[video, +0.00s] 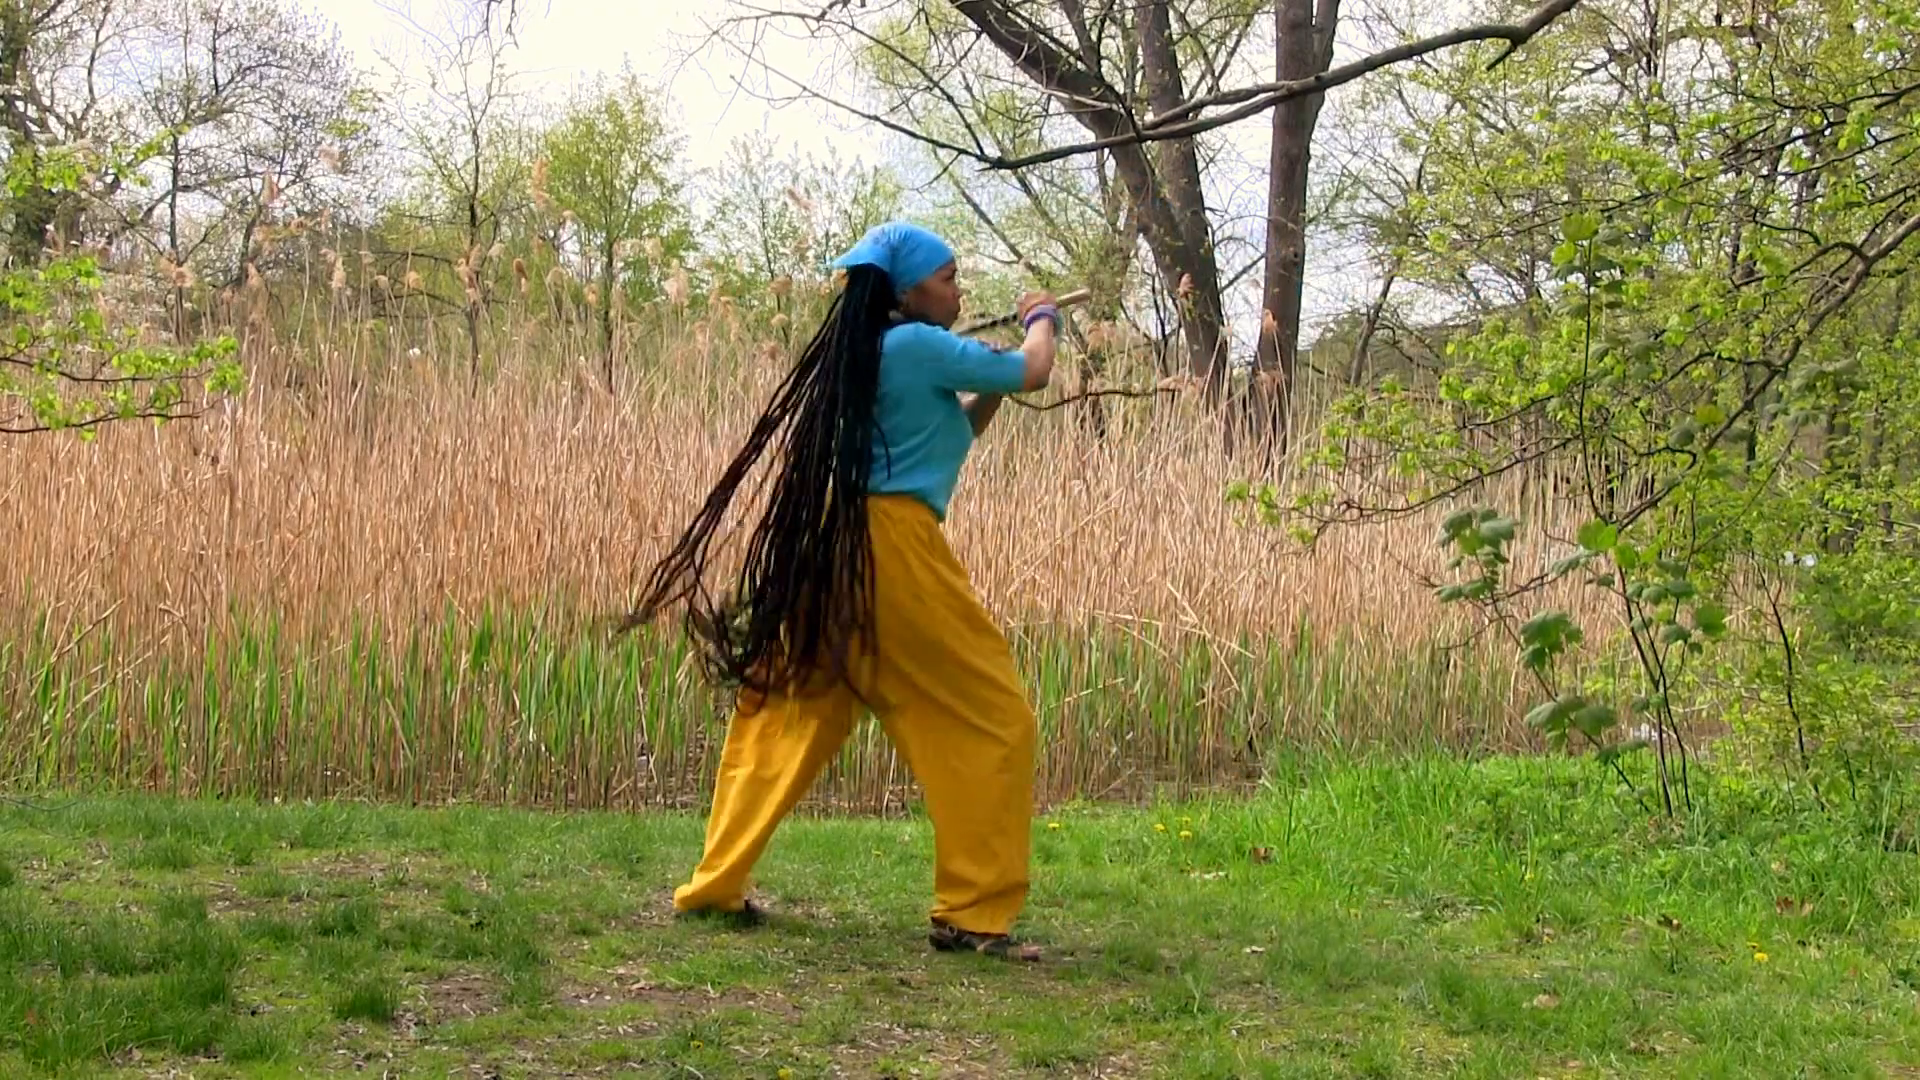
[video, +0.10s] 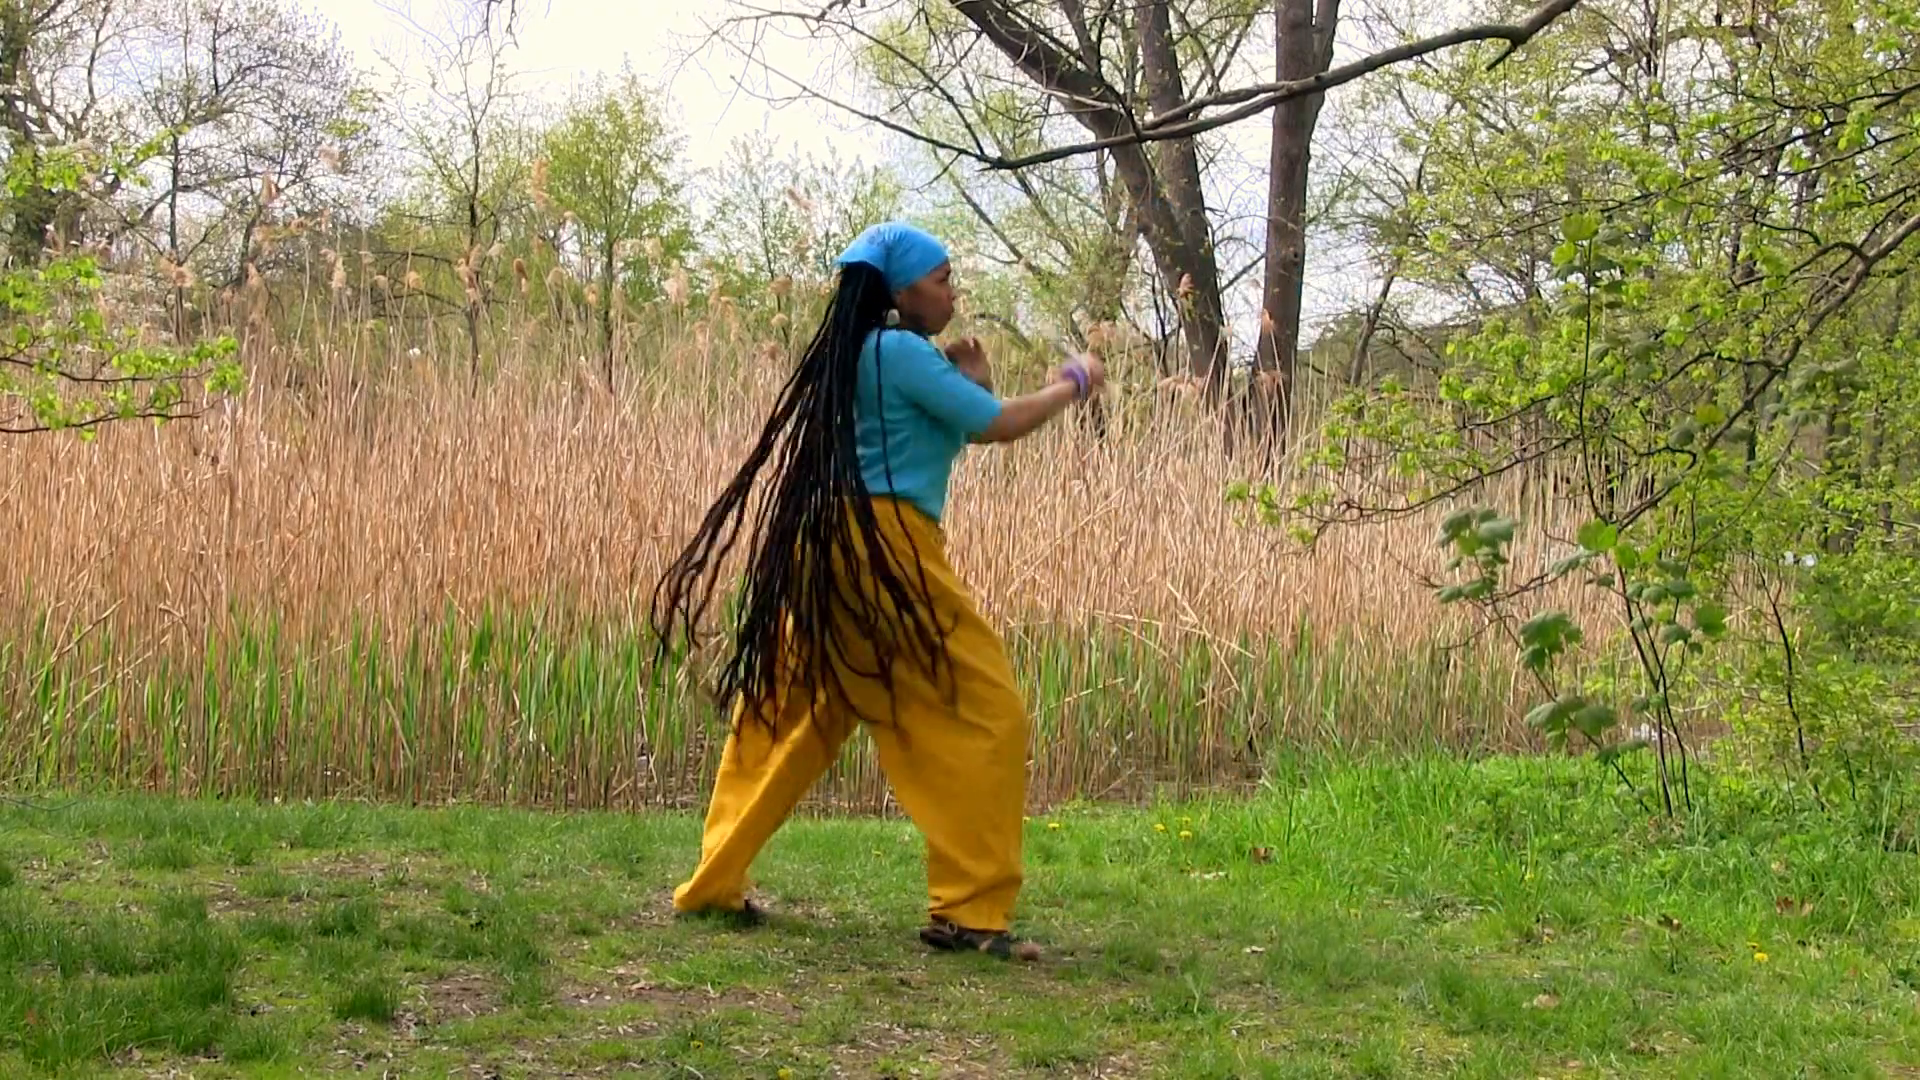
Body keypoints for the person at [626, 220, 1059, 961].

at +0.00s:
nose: (958, 289)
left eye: (953, 275)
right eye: (945, 277)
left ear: (892, 293)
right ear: (906, 289)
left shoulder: (867, 350)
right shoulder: (924, 346)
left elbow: (950, 431)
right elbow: (1032, 369)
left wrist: (999, 371)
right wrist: (1042, 320)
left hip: (833, 539)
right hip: (898, 541)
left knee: (788, 700)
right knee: (1000, 714)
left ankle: (716, 886)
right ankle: (971, 913)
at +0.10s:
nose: (953, 291)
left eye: (950, 276)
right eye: (941, 278)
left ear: (895, 292)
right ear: (899, 291)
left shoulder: (857, 350)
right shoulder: (902, 352)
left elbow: (909, 433)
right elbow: (998, 424)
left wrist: (964, 383)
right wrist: (1070, 386)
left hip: (830, 539)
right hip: (890, 544)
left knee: (788, 706)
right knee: (991, 713)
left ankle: (715, 883)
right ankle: (967, 910)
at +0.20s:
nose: (966, 290)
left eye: (962, 275)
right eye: (954, 277)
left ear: (915, 292)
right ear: (912, 292)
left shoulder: (927, 349)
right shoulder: (895, 359)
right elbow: (950, 476)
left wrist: (1032, 334)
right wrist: (1051, 485)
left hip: (853, 541)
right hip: (892, 544)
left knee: (809, 715)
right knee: (983, 717)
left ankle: (715, 885)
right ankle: (940, 910)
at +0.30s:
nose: (992, 285)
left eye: (987, 274)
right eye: (979, 277)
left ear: (954, 294)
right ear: (940, 297)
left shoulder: (987, 346)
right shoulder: (891, 367)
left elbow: (1095, 322)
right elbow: (882, 482)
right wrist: (968, 537)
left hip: (933, 564)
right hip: (895, 564)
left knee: (832, 727)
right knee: (982, 728)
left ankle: (723, 876)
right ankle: (926, 910)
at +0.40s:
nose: (1023, 269)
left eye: (1018, 259)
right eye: (1009, 262)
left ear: (986, 280)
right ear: (971, 283)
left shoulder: (1026, 342)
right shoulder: (915, 357)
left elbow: (1130, 363)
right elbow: (883, 469)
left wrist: (1243, 366)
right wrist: (947, 510)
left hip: (984, 563)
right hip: (923, 561)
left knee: (898, 714)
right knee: (973, 729)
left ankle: (786, 837)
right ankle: (930, 911)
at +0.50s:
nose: (1058, 265)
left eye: (1053, 252)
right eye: (1046, 254)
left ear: (1019, 269)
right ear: (1005, 271)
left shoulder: (1051, 344)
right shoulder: (953, 352)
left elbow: (1119, 433)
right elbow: (961, 464)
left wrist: (1211, 481)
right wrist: (1034, 459)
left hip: (1022, 551)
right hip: (959, 545)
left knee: (1043, 720)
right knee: (967, 724)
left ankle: (895, 823)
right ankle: (928, 909)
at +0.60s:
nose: (1096, 263)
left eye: (1091, 250)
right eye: (1083, 252)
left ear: (1058, 269)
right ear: (1043, 269)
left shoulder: (1069, 344)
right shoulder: (1011, 338)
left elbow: (1089, 466)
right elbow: (1087, 429)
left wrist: (1169, 526)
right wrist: (1169, 386)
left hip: (1061, 538)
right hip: (998, 525)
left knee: (1113, 699)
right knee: (971, 710)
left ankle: (1055, 883)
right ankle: (924, 906)